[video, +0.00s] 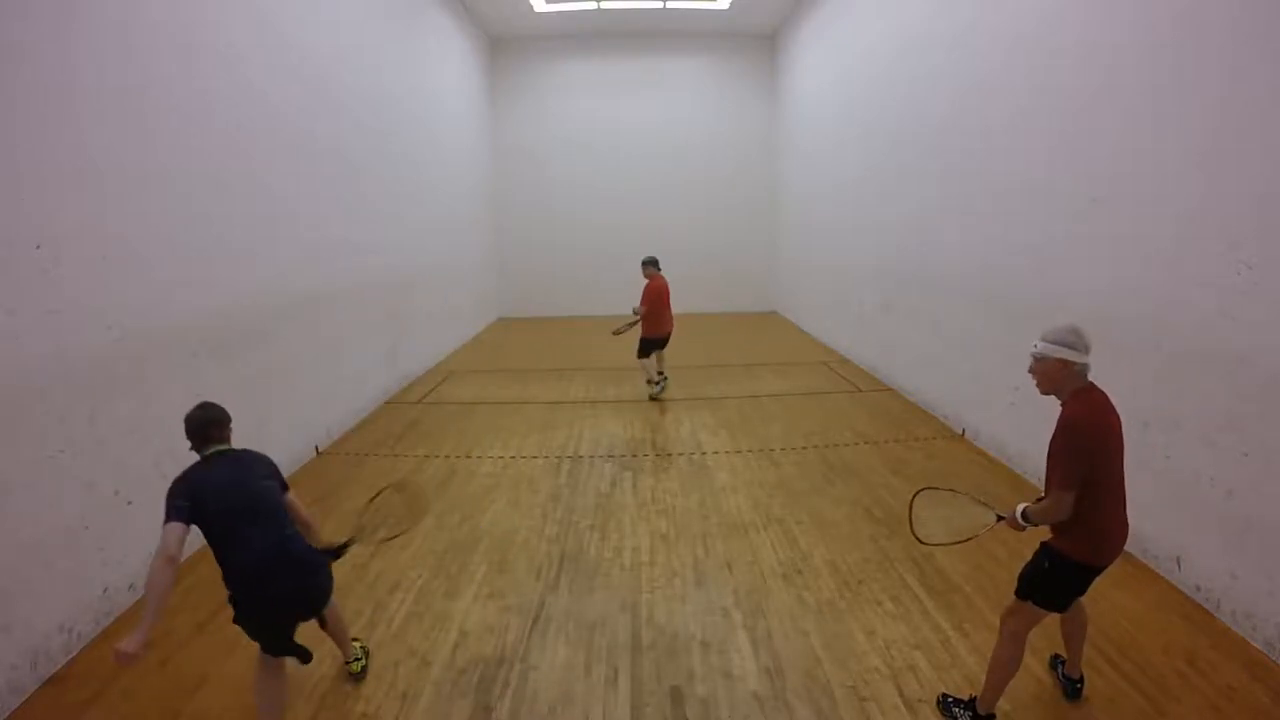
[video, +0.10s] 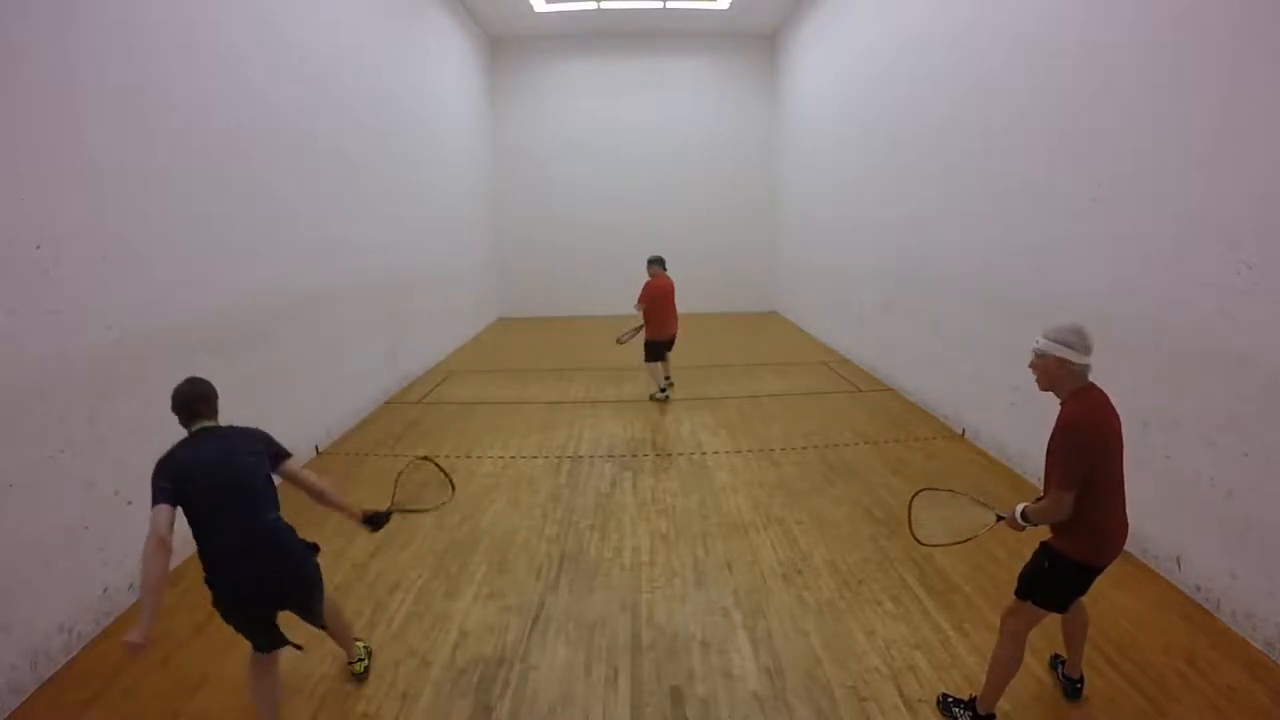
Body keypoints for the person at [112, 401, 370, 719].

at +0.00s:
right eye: (227, 428)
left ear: (192, 444)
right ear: (229, 431)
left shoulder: (186, 485)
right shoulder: (259, 462)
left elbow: (169, 556)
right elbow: (300, 516)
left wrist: (142, 633)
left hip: (255, 592)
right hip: (301, 569)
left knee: (271, 655)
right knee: (324, 602)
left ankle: (270, 713)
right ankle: (352, 657)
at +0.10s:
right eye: (214, 402)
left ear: (179, 418)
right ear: (217, 406)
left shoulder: (170, 466)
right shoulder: (251, 438)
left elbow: (160, 540)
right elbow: (314, 486)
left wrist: (144, 622)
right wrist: (359, 514)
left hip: (231, 582)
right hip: (283, 560)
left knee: (263, 647)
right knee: (320, 605)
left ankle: (267, 712)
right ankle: (356, 654)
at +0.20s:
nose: (160, 407)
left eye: (161, 397)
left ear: (177, 391)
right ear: (203, 390)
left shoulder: (164, 444)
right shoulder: (248, 419)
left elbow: (151, 527)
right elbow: (316, 461)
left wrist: (137, 606)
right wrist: (358, 501)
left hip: (217, 570)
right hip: (274, 551)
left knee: (244, 652)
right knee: (319, 608)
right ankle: (370, 666)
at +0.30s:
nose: (150, 396)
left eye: (154, 385)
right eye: (148, 387)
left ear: (178, 382)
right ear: (198, 382)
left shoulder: (155, 436)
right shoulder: (242, 414)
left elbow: (144, 523)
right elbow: (299, 464)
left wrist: (146, 584)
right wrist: (313, 511)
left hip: (217, 567)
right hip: (273, 547)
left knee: (231, 663)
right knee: (323, 610)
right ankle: (386, 670)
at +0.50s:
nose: (166, 400)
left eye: (166, 393)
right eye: (165, 392)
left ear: (174, 397)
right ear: (211, 389)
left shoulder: (170, 451)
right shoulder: (237, 430)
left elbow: (158, 540)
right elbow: (254, 495)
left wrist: (164, 569)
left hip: (237, 575)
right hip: (286, 551)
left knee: (236, 681)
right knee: (320, 598)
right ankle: (383, 659)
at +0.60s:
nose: (185, 388)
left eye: (185, 382)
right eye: (186, 380)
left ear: (190, 385)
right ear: (226, 379)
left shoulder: (192, 431)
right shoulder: (242, 414)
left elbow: (155, 508)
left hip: (260, 554)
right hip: (307, 529)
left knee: (254, 663)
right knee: (320, 600)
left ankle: (260, 716)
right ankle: (378, 667)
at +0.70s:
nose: (208, 371)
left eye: (205, 367)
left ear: (204, 373)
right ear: (241, 369)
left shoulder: (209, 410)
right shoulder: (258, 401)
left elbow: (179, 456)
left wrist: (114, 499)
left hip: (271, 536)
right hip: (314, 515)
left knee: (259, 642)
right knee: (323, 600)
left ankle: (264, 714)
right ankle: (379, 666)